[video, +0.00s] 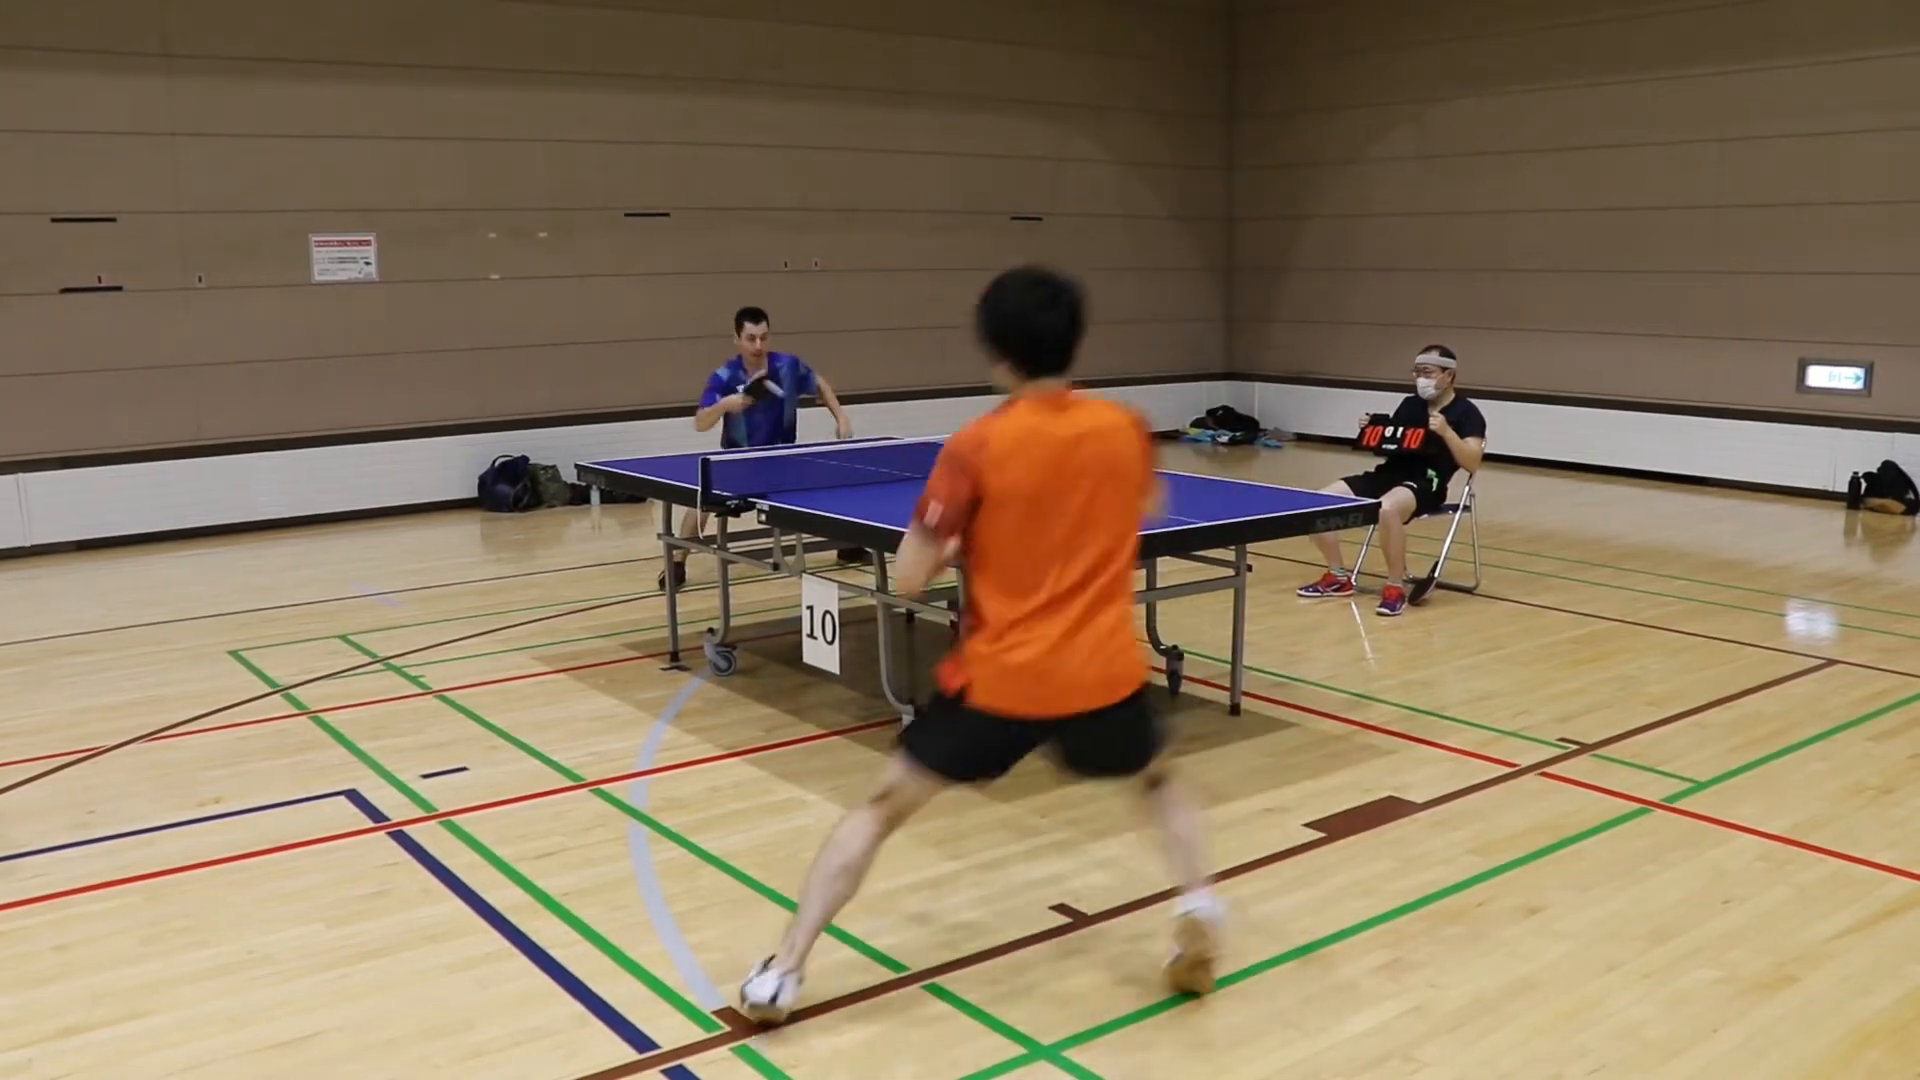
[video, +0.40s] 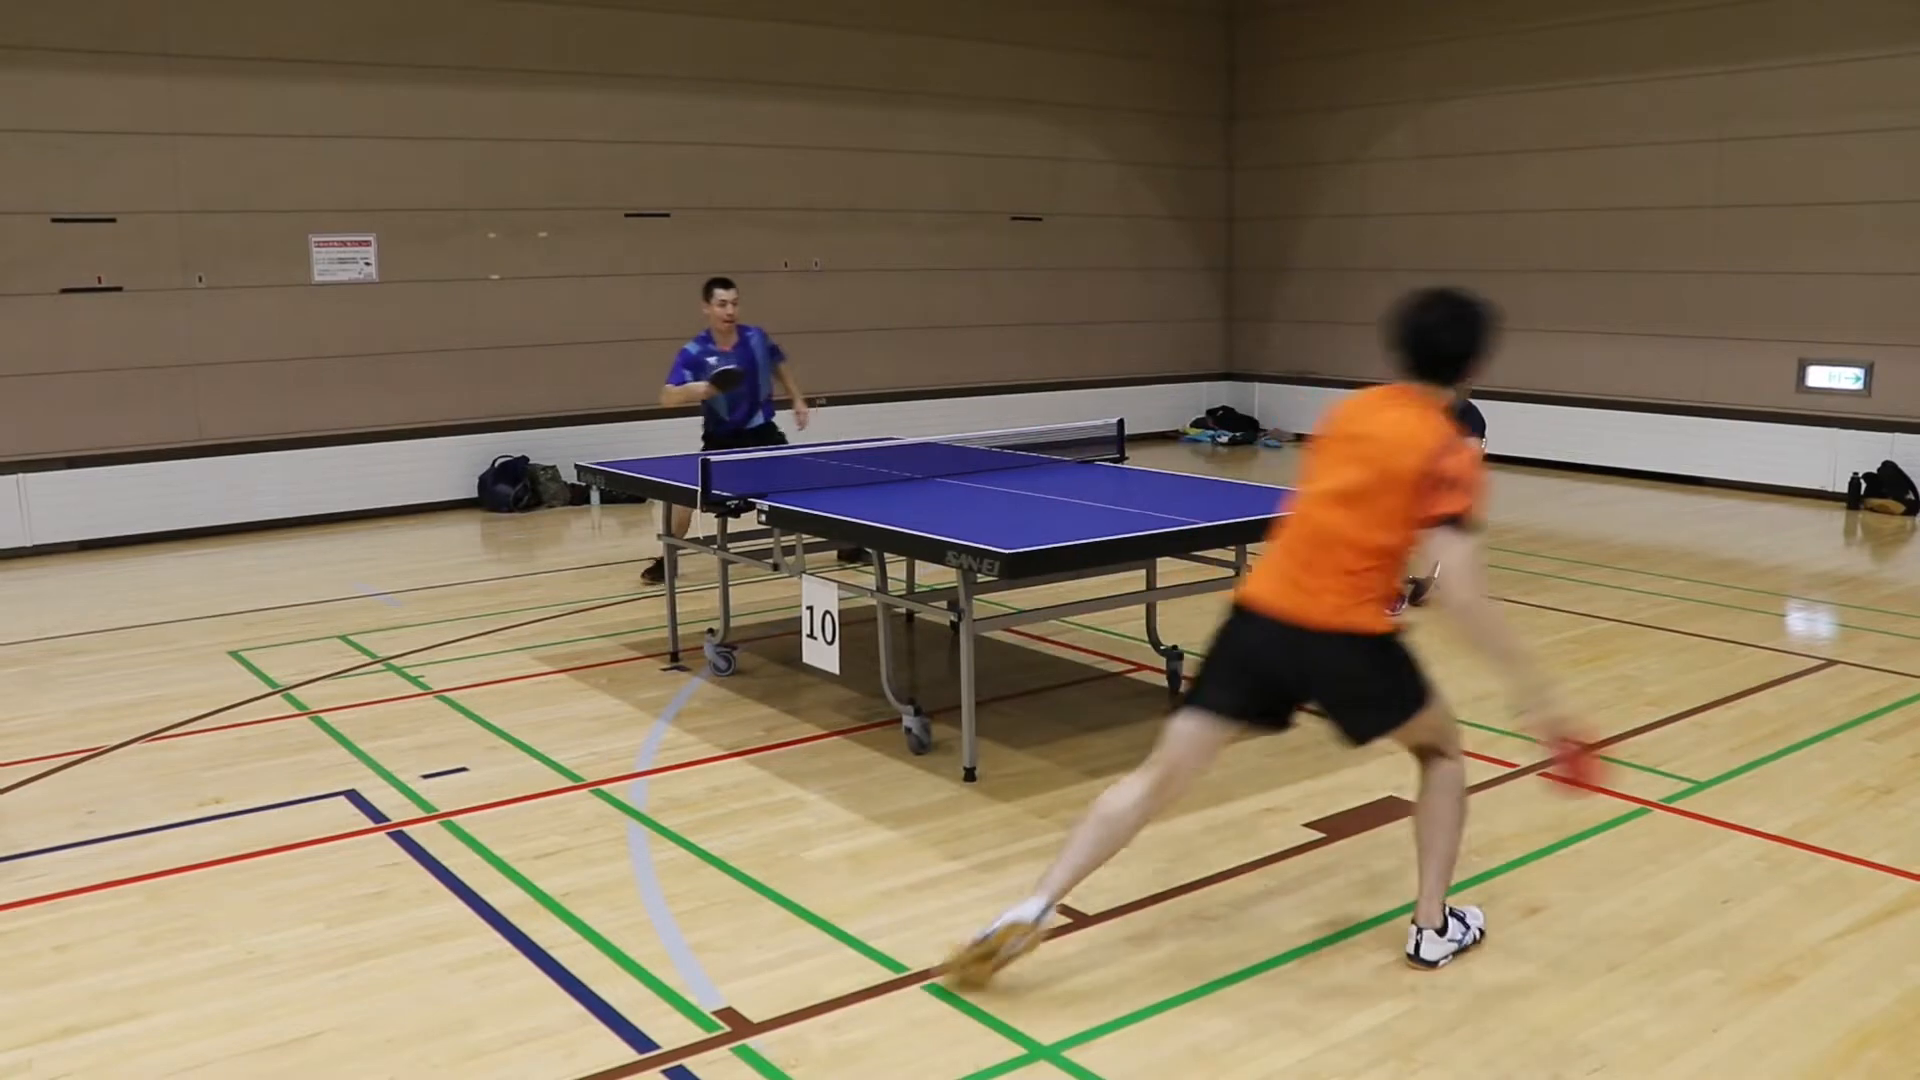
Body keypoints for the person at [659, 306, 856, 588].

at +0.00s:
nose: (758, 345)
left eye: (763, 338)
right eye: (751, 339)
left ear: (769, 336)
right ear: (737, 339)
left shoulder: (789, 367)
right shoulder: (724, 376)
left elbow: (820, 386)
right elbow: (701, 424)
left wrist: (841, 417)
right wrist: (725, 405)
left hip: (784, 462)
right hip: (738, 465)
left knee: (834, 481)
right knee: (703, 499)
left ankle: (848, 544)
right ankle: (676, 564)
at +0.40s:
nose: (730, 311)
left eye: (734, 304)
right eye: (722, 304)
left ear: (739, 306)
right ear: (706, 309)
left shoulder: (756, 339)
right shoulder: (695, 351)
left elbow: (779, 367)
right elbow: (668, 397)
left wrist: (798, 400)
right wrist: (705, 390)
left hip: (764, 435)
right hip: (719, 441)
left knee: (806, 482)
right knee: (682, 493)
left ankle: (845, 542)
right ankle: (667, 559)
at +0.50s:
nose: (704, 303)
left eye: (708, 296)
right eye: (696, 296)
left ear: (713, 300)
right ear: (679, 300)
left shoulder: (726, 333)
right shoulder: (666, 344)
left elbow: (748, 366)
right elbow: (640, 390)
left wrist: (769, 400)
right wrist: (680, 390)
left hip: (739, 430)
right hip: (697, 437)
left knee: (782, 481)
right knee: (674, 500)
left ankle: (839, 538)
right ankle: (664, 559)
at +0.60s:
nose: (684, 290)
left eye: (688, 283)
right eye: (675, 283)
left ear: (692, 287)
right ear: (659, 287)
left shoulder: (705, 322)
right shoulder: (641, 331)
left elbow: (722, 355)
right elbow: (612, 374)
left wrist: (747, 388)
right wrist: (642, 381)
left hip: (711, 424)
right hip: (671, 430)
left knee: (759, 469)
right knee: (657, 497)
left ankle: (782, 536)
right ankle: (660, 556)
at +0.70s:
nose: (665, 286)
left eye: (669, 279)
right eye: (657, 279)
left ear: (672, 282)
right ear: (640, 283)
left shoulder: (687, 319)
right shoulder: (623, 326)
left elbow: (708, 352)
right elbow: (587, 367)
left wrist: (732, 383)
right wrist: (619, 376)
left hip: (687, 421)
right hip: (646, 425)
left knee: (728, 473)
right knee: (635, 491)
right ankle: (617, 554)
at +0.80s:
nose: (646, 303)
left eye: (650, 295)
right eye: (638, 296)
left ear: (655, 297)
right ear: (621, 299)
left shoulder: (669, 335)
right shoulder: (606, 339)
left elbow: (695, 364)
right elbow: (566, 382)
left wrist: (721, 396)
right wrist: (600, 393)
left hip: (664, 437)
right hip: (623, 440)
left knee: (710, 494)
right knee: (599, 505)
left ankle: (687, 543)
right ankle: (555, 574)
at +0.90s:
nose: (618, 331)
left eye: (623, 323)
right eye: (610, 324)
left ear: (628, 325)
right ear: (595, 329)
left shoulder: (646, 361)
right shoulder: (584, 367)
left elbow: (677, 386)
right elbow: (551, 400)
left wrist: (707, 415)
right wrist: (547, 409)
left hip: (637, 462)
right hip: (593, 464)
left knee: (688, 505)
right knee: (569, 505)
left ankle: (684, 552)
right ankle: (537, 580)